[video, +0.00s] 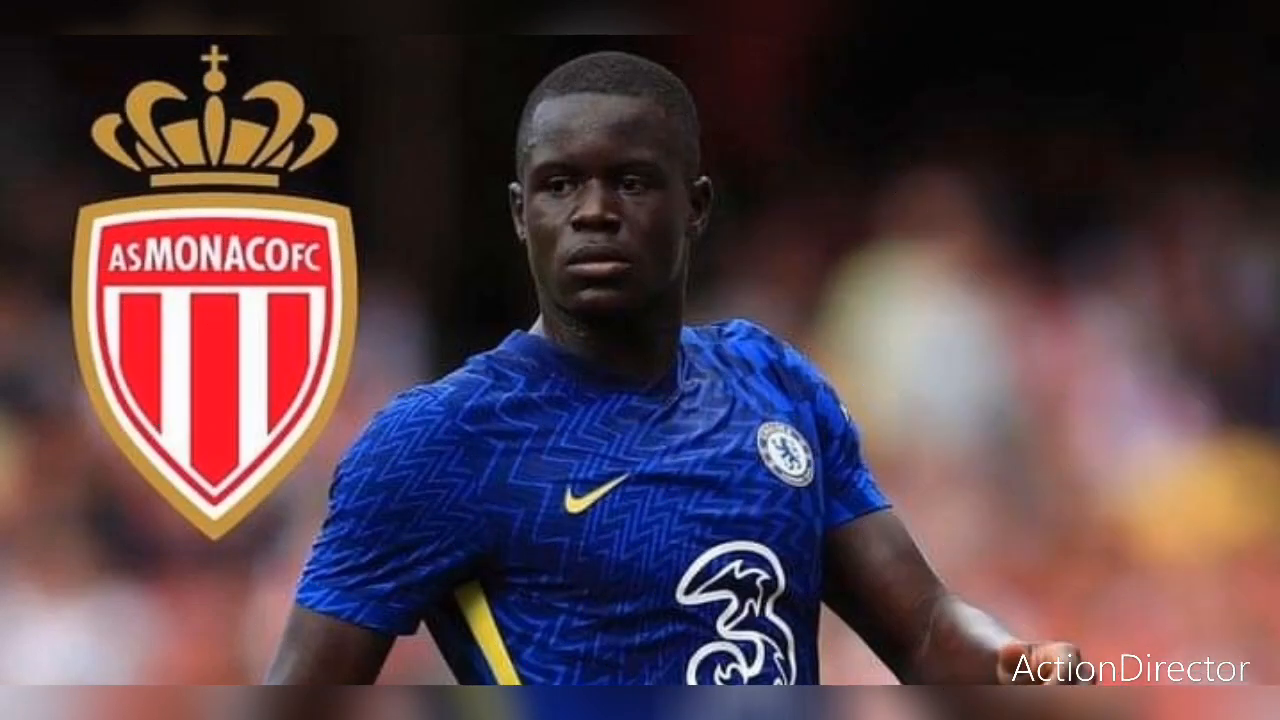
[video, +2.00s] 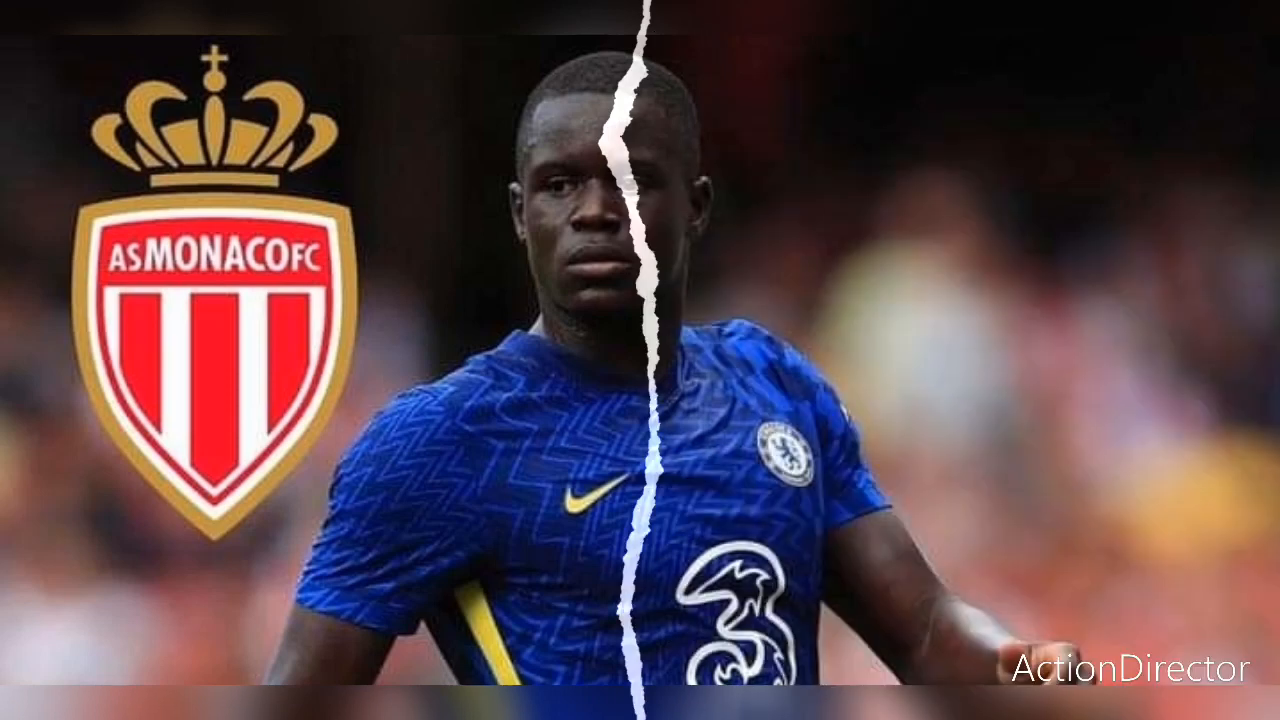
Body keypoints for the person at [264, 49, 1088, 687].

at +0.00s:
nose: (595, 210)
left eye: (633, 178)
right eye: (560, 181)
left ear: (697, 209)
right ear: (522, 216)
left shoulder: (770, 385)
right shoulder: (433, 444)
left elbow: (921, 626)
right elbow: (301, 691)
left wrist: (1021, 675)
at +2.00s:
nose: (600, 209)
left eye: (636, 177)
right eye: (562, 180)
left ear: (698, 206)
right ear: (521, 213)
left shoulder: (773, 388)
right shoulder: (431, 444)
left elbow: (920, 625)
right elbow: (301, 691)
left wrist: (1019, 673)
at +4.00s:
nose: (596, 210)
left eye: (633, 178)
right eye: (560, 181)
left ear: (696, 207)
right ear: (522, 215)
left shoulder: (770, 385)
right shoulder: (434, 444)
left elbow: (921, 625)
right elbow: (301, 691)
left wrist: (1017, 673)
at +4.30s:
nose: (644, 218)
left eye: (680, 190)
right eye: (612, 193)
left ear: (739, 219)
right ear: (577, 223)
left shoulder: (807, 382)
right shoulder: (492, 439)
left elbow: (950, 608)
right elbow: (366, 682)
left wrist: (1045, 656)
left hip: (818, 705)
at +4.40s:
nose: (741, 225)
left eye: (774, 197)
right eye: (708, 199)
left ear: (831, 224)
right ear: (674, 228)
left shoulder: (897, 383)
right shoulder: (594, 437)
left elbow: (1032, 597)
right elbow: (474, 663)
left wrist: (1116, 641)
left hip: (906, 683)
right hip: (736, 697)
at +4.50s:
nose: (922, 234)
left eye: (954, 206)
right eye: (893, 209)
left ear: (1010, 232)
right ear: (857, 239)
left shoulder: (1072, 382)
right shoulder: (786, 431)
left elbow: (1204, 586)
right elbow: (668, 655)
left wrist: (1273, 628)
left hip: (1092, 691)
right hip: (904, 690)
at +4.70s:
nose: (676, 248)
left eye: (705, 224)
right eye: (648, 226)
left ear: (753, 245)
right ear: (613, 249)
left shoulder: (806, 381)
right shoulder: (554, 423)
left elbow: (927, 565)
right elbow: (437, 630)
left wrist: (992, 603)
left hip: (820, 696)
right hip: (672, 698)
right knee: (645, 700)